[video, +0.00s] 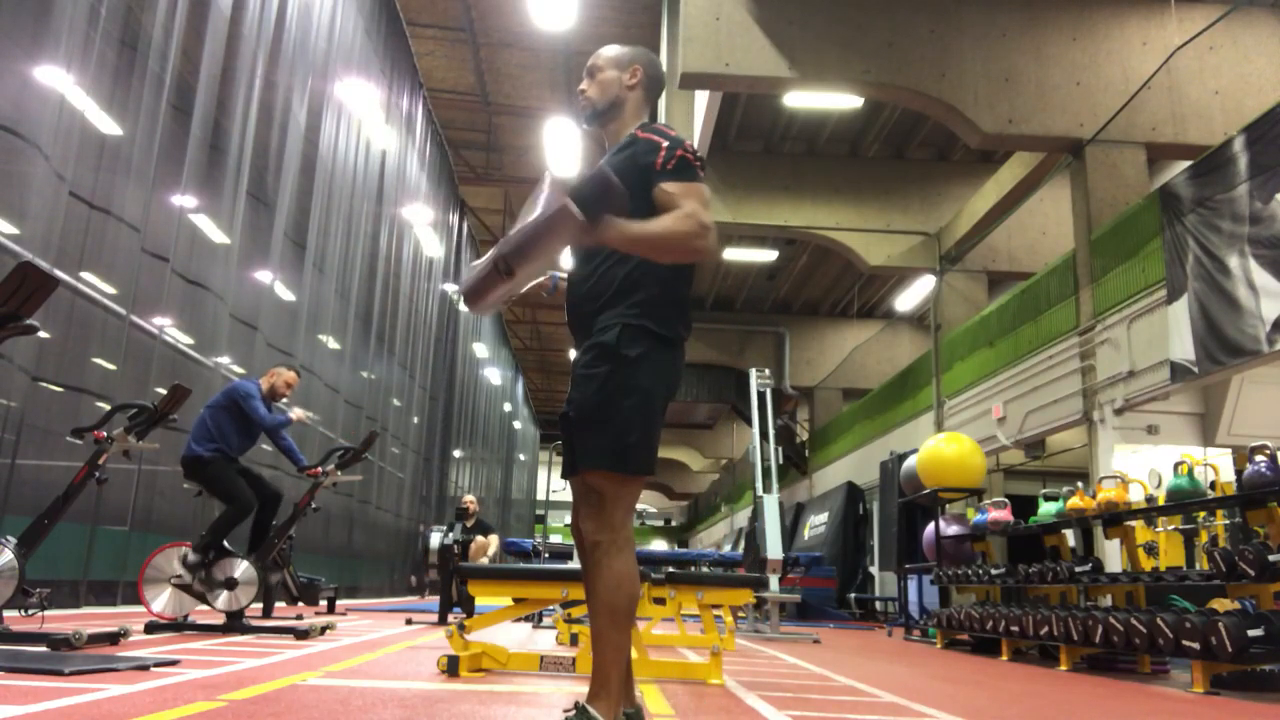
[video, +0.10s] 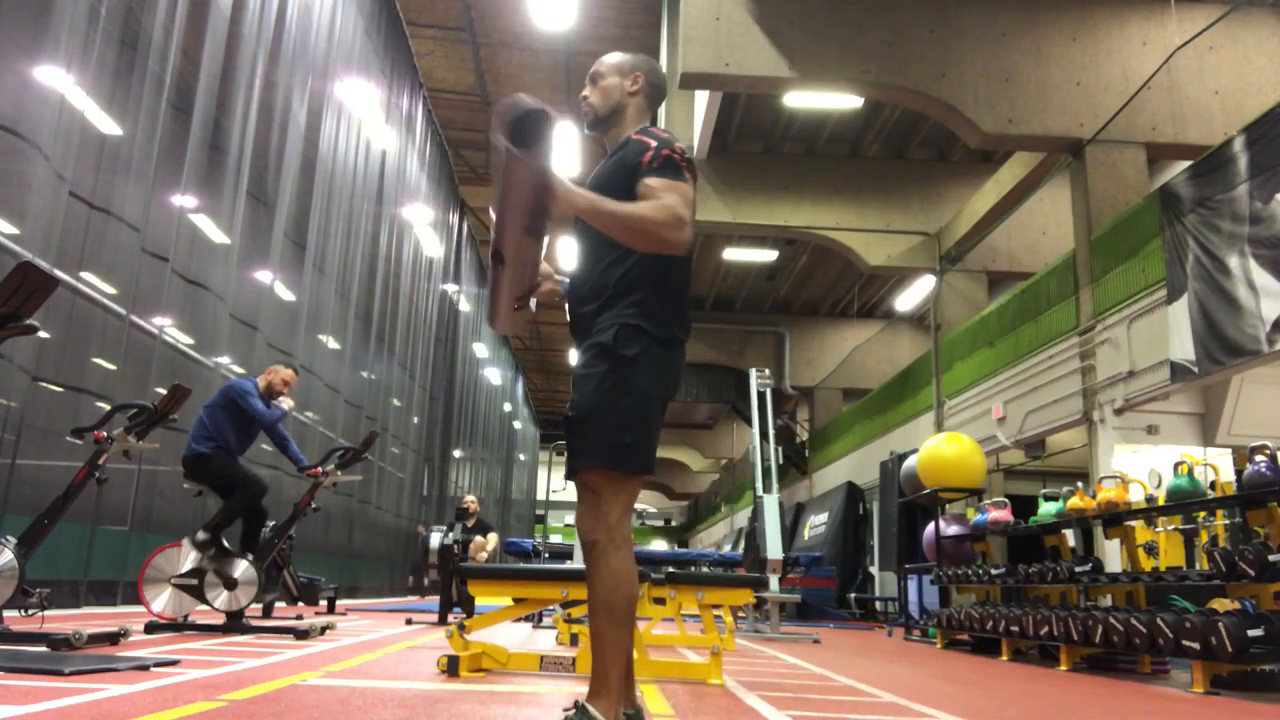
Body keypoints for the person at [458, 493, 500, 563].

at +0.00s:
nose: (468, 505)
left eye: (471, 503)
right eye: (465, 503)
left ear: (477, 507)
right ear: (461, 506)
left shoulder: (483, 525)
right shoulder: (455, 525)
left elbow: (494, 540)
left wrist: (487, 557)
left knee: (480, 540)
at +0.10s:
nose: (468, 505)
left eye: (472, 502)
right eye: (465, 503)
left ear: (478, 507)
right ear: (461, 507)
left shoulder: (482, 524)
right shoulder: (456, 525)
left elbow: (493, 536)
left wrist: (486, 552)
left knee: (478, 540)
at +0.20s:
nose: (469, 505)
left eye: (473, 502)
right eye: (466, 502)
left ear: (479, 508)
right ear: (462, 507)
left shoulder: (482, 524)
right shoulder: (456, 525)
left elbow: (492, 534)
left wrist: (485, 546)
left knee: (477, 540)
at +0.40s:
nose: (472, 505)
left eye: (476, 503)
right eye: (469, 503)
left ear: (481, 509)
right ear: (465, 507)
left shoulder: (485, 524)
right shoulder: (458, 523)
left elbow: (493, 532)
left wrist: (486, 541)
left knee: (476, 548)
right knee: (457, 546)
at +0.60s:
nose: (475, 510)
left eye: (479, 508)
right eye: (472, 508)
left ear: (484, 513)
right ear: (468, 511)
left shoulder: (488, 528)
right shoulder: (460, 527)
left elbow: (494, 536)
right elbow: (452, 537)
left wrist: (488, 544)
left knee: (478, 553)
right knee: (457, 552)